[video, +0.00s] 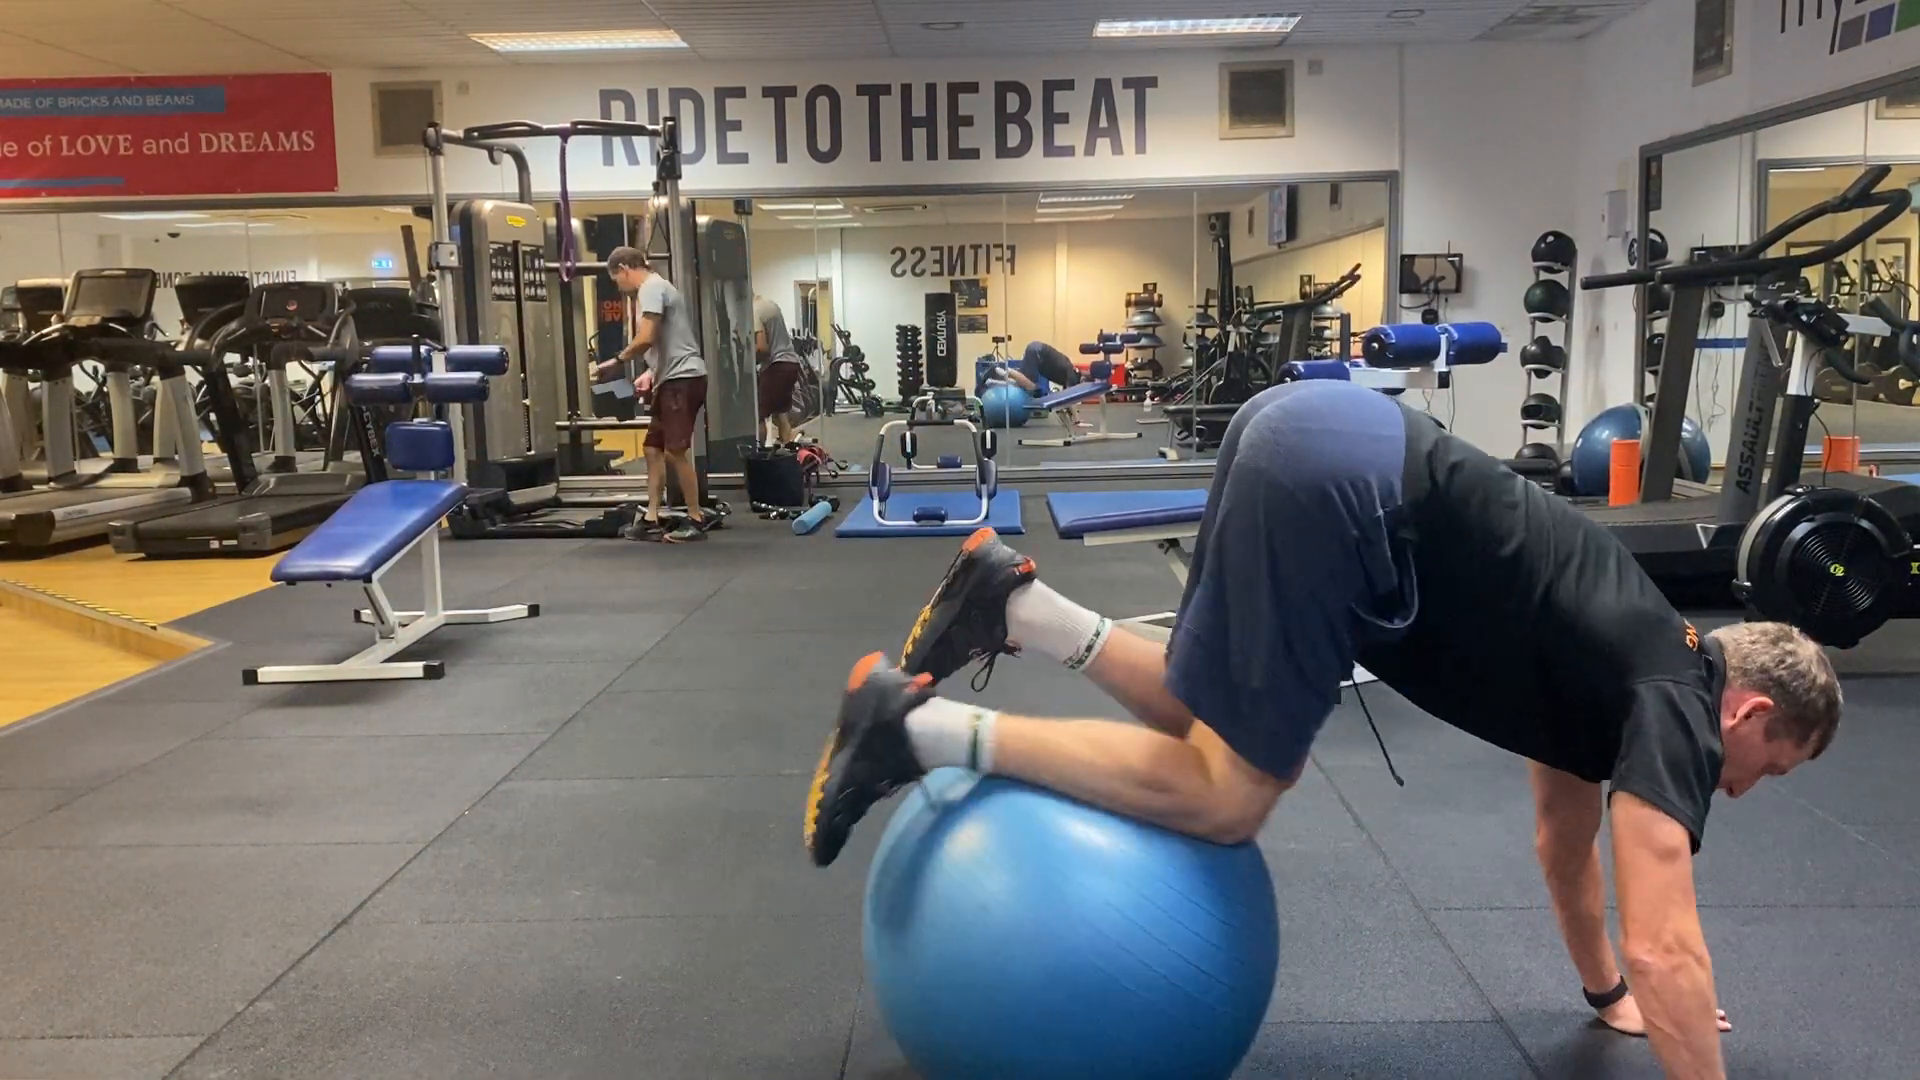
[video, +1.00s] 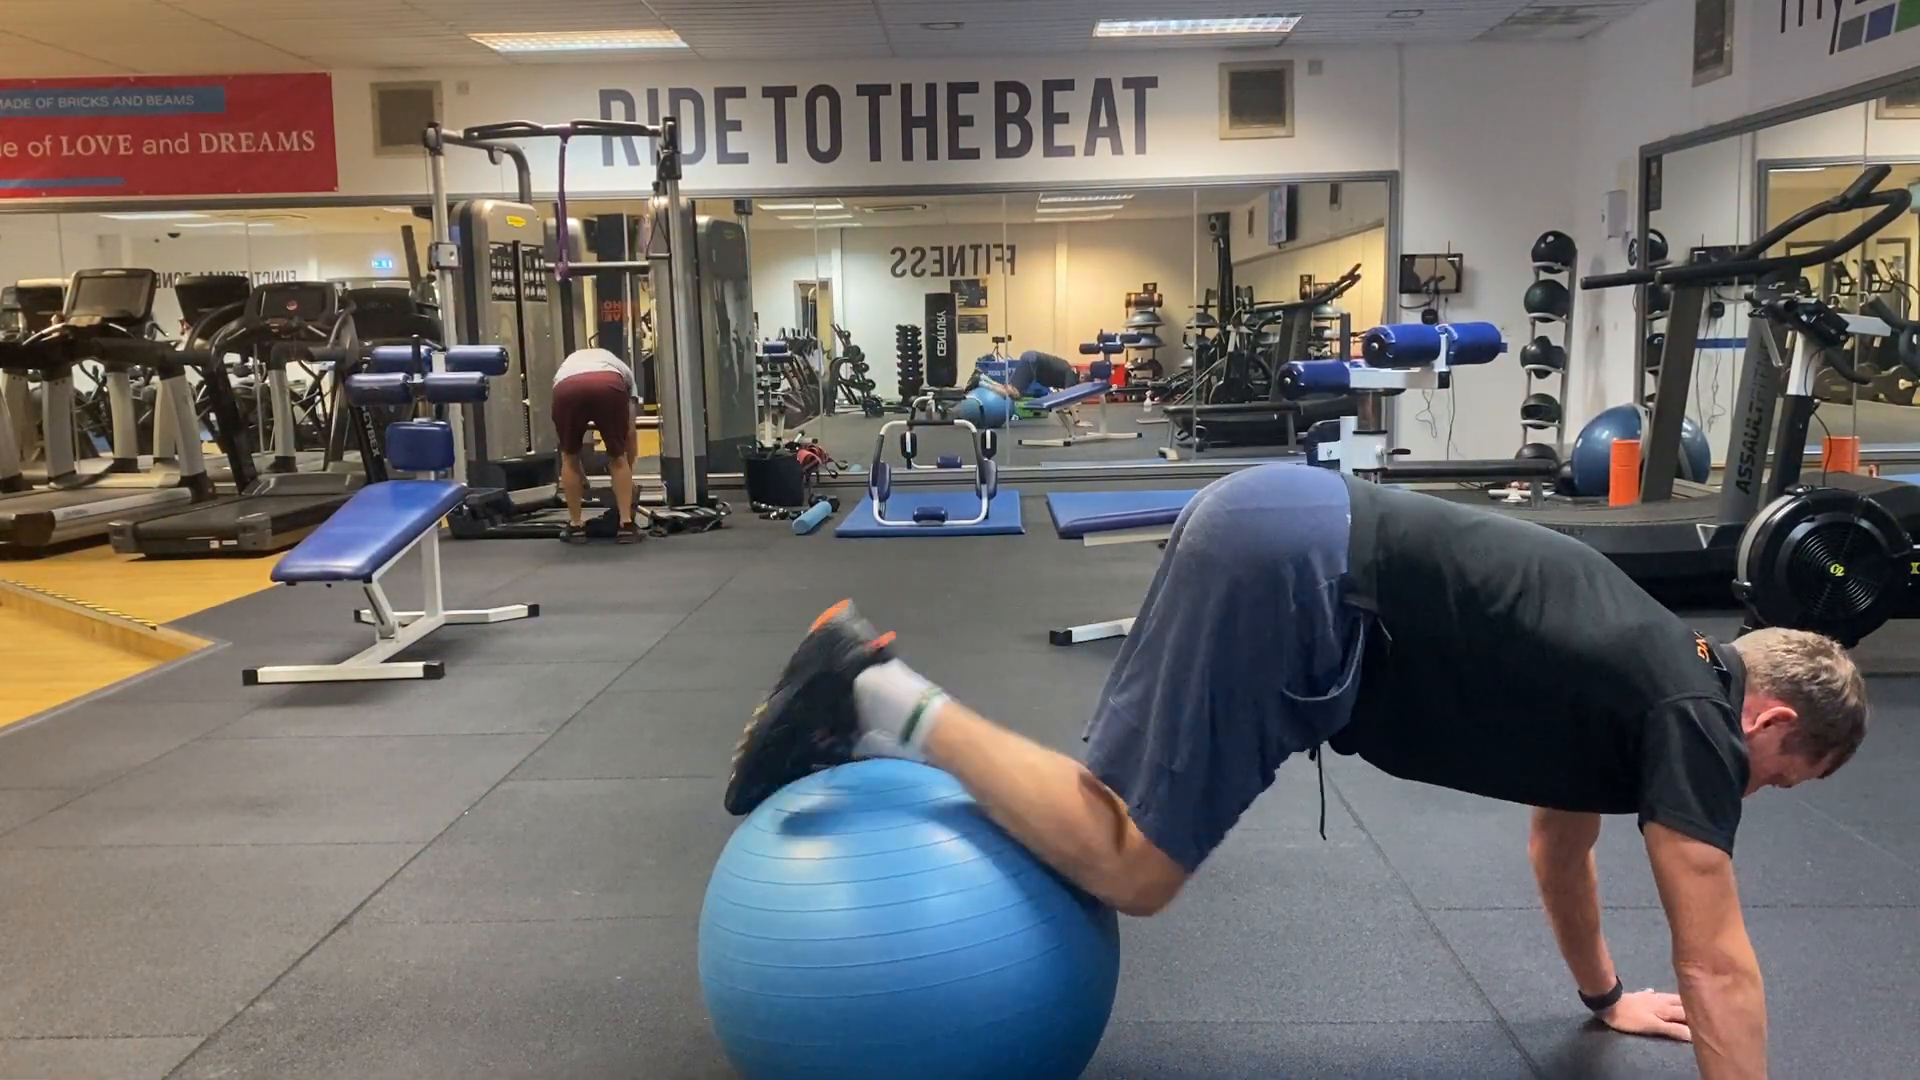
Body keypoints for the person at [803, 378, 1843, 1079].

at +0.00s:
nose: (1751, 779)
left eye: (1770, 771)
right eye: (1766, 759)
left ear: (1722, 662)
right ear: (1742, 702)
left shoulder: (1613, 648)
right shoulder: (1669, 698)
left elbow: (1570, 841)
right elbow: (1666, 961)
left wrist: (1610, 992)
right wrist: (1708, 1072)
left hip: (1317, 423)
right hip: (1337, 467)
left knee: (1213, 704)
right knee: (1225, 793)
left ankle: (1012, 603)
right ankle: (909, 723)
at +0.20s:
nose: (1767, 802)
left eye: (1785, 792)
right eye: (1784, 780)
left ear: (1741, 679)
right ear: (1767, 723)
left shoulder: (1627, 658)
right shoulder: (1687, 701)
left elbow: (1567, 845)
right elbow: (1716, 977)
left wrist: (1608, 996)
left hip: (1332, 528)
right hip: (1331, 499)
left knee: (1218, 810)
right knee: (1125, 782)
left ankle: (932, 717)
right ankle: (834, 688)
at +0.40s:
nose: (1750, 818)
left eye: (1769, 808)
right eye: (1768, 798)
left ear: (1732, 686)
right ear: (1759, 747)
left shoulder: (1612, 655)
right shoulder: (1677, 701)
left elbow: (1565, 842)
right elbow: (1708, 967)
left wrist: (1610, 997)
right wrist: (1749, 1070)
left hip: (1300, 450)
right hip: (1314, 478)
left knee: (1149, 752)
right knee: (1181, 795)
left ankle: (888, 712)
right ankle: (913, 635)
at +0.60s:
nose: (1762, 790)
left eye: (1781, 781)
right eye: (1779, 772)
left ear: (1740, 668)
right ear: (1766, 720)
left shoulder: (1620, 646)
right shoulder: (1691, 705)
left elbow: (1565, 839)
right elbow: (1715, 964)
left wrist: (1607, 991)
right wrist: (1741, 1078)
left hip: (1280, 460)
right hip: (1312, 513)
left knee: (1126, 743)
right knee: (1191, 826)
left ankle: (885, 670)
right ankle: (904, 733)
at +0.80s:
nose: (1777, 784)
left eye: (1793, 770)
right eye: (1794, 764)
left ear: (1749, 672)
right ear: (1773, 709)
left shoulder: (1628, 648)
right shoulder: (1692, 704)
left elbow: (1564, 843)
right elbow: (1721, 972)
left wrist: (1608, 993)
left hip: (1310, 505)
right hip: (1309, 542)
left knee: (1136, 799)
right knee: (1114, 818)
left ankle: (874, 684)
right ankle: (825, 728)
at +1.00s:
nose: (1770, 788)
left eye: (1787, 776)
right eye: (1789, 771)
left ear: (1747, 674)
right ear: (1775, 718)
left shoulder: (1626, 649)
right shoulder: (1692, 710)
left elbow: (1561, 847)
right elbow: (1717, 974)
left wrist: (1609, 1000)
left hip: (1285, 509)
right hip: (1301, 556)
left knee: (1114, 816)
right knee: (1135, 871)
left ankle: (868, 685)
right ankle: (875, 689)